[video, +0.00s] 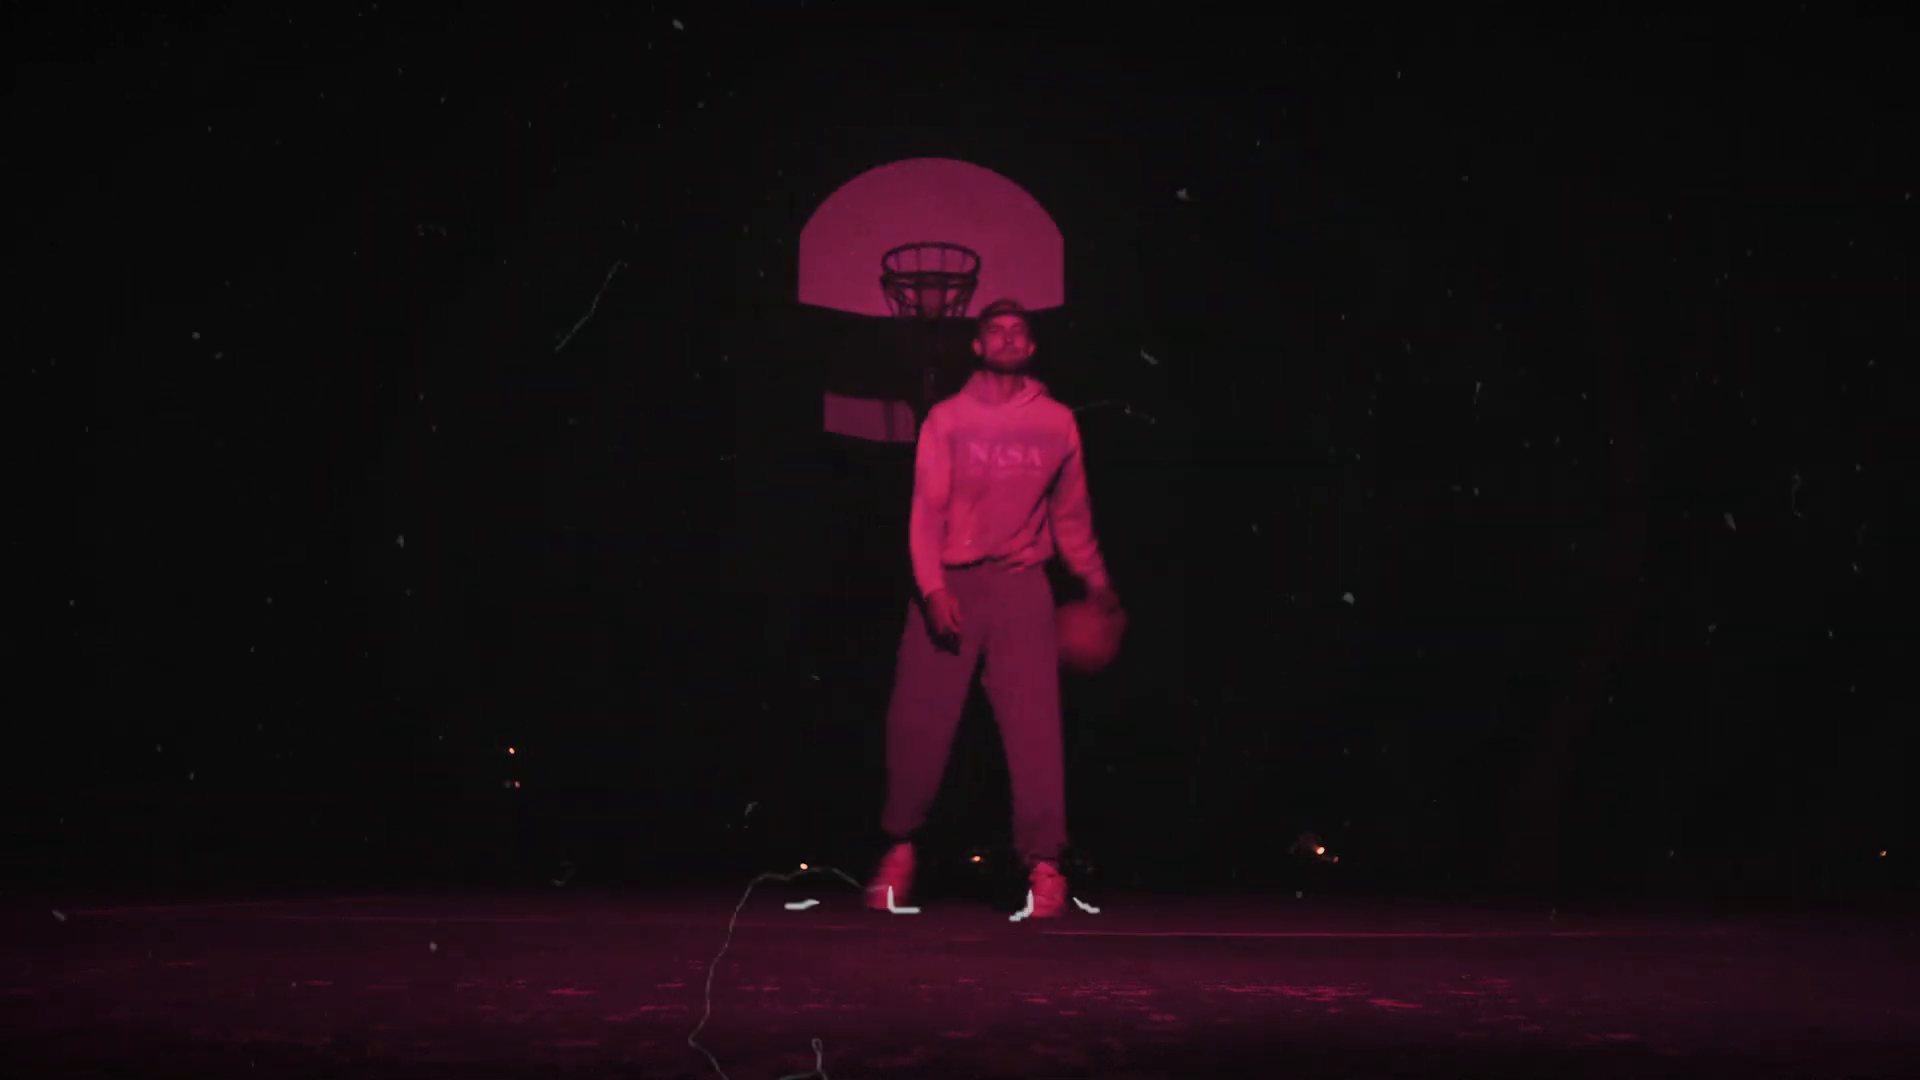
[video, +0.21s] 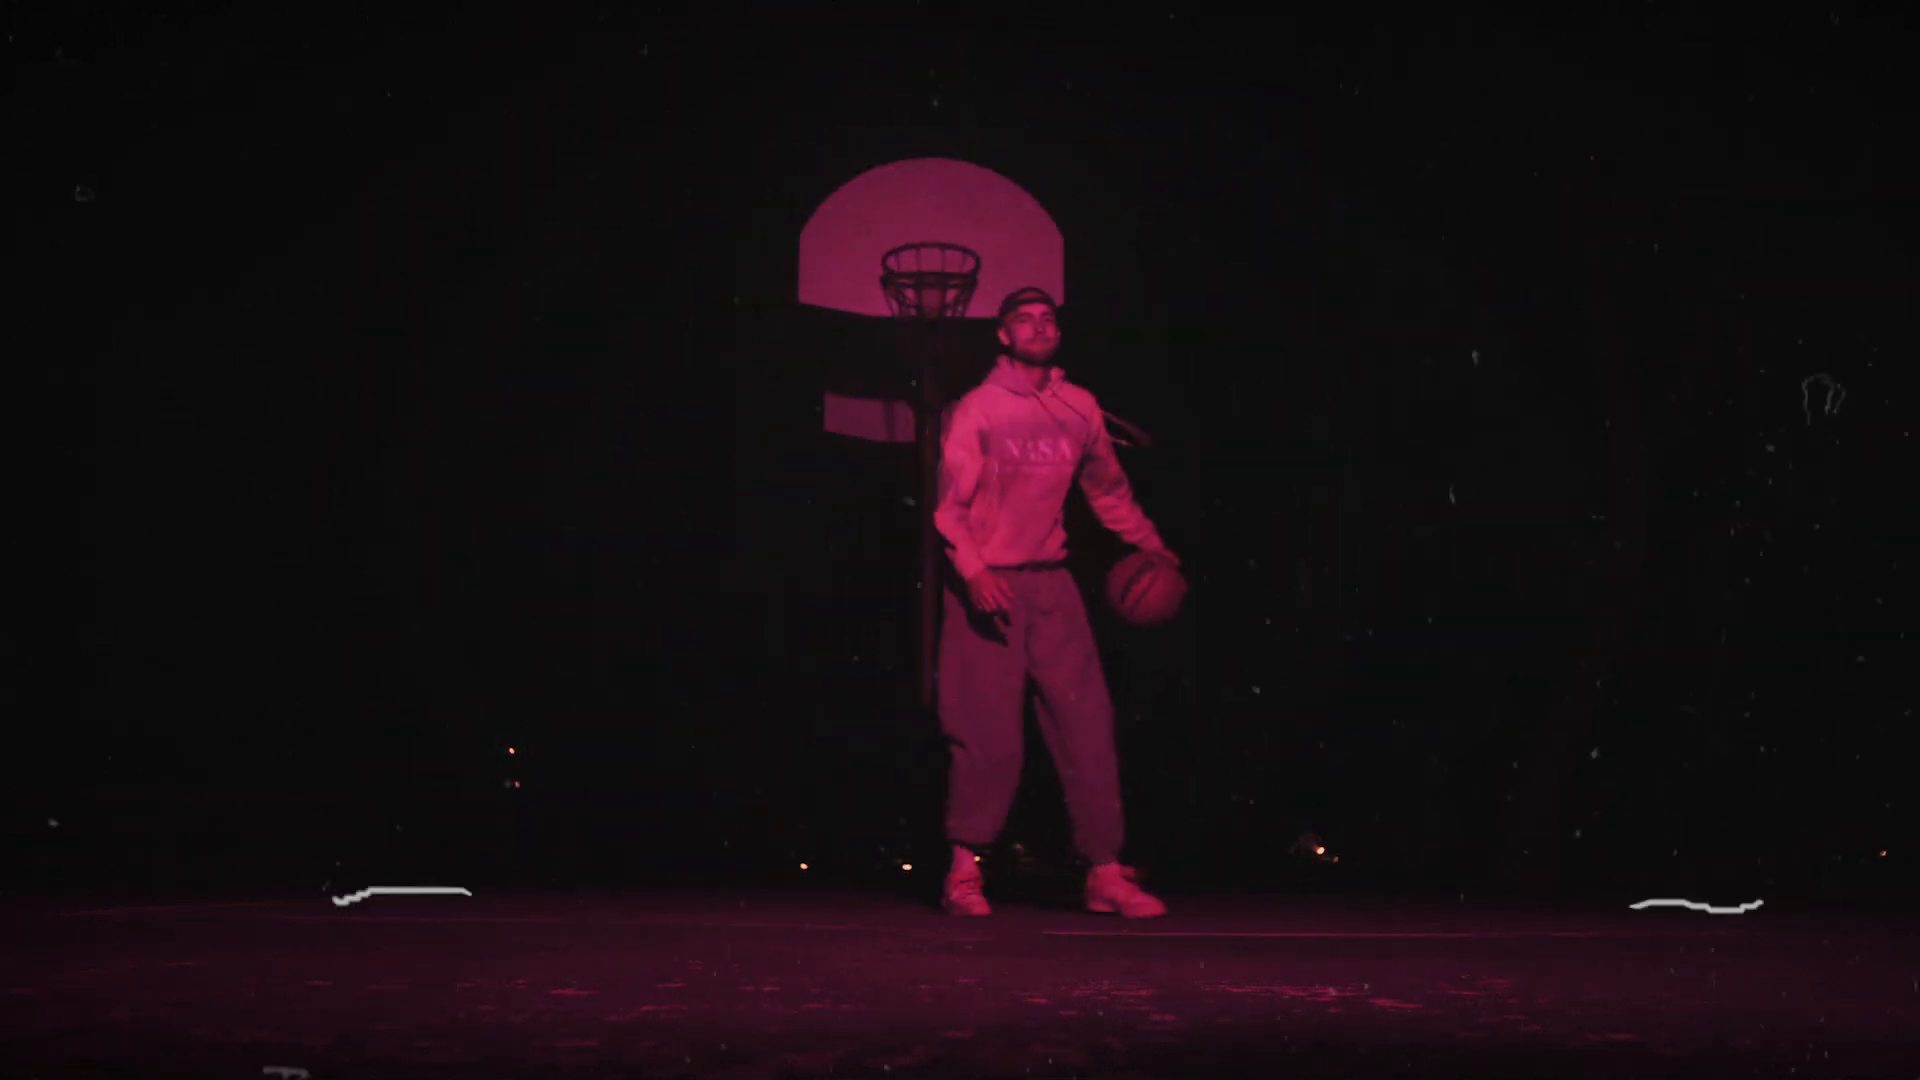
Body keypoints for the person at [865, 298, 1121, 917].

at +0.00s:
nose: (1010, 341)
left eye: (1019, 333)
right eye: (998, 333)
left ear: (1033, 347)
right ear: (978, 346)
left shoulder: (1057, 421)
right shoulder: (946, 419)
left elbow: (1072, 516)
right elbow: (926, 510)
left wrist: (1096, 584)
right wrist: (933, 590)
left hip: (1024, 589)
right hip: (949, 586)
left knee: (1033, 725)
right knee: (918, 721)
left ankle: (1045, 869)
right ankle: (899, 855)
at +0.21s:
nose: (1038, 329)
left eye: (1047, 321)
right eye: (1025, 320)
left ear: (1059, 337)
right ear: (1003, 335)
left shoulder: (1080, 408)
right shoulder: (976, 410)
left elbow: (1110, 492)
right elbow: (949, 508)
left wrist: (1155, 551)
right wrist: (976, 576)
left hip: (1053, 584)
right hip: (986, 583)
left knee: (1085, 719)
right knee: (985, 726)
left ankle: (1105, 872)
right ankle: (965, 868)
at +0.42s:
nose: (1072, 350)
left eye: (1079, 341)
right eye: (1058, 344)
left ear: (1091, 357)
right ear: (1033, 361)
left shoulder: (1107, 429)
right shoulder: (1006, 429)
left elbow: (1136, 520)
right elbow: (973, 527)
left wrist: (1172, 586)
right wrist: (972, 595)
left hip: (1067, 599)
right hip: (1006, 594)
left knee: (1096, 728)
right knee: (1009, 708)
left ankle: (1112, 875)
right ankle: (964, 827)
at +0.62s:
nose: (1048, 396)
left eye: (1061, 384)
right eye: (1035, 386)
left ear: (1079, 394)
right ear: (1019, 398)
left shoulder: (1106, 462)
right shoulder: (994, 472)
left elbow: (1098, 569)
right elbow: (967, 581)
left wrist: (1076, 664)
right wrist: (950, 678)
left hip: (1084, 608)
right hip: (1014, 601)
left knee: (1120, 735)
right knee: (1018, 693)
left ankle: (1114, 877)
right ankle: (971, 861)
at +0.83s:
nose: (974, 405)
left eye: (988, 392)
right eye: (964, 394)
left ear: (1017, 395)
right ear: (954, 402)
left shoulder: (1060, 451)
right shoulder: (945, 482)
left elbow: (1068, 567)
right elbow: (924, 578)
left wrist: (1055, 674)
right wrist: (881, 651)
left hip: (1072, 589)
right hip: (995, 593)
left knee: (1109, 730)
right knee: (1001, 706)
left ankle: (1116, 864)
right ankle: (958, 871)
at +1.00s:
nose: (971, 400)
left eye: (987, 387)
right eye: (962, 386)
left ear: (1016, 391)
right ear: (950, 391)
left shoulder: (1054, 440)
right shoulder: (933, 466)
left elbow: (1050, 561)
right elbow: (904, 554)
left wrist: (1024, 676)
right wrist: (848, 616)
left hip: (1071, 572)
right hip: (989, 578)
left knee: (1118, 714)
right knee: (990, 703)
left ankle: (1144, 858)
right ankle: (957, 869)